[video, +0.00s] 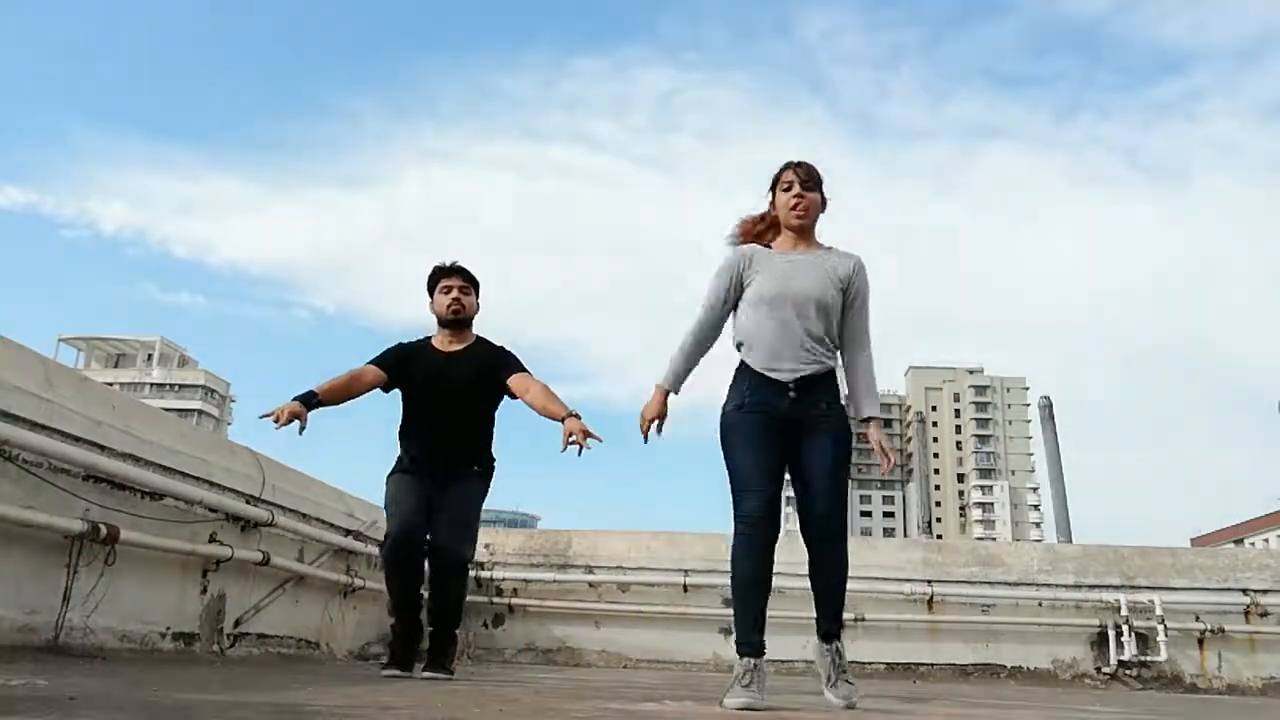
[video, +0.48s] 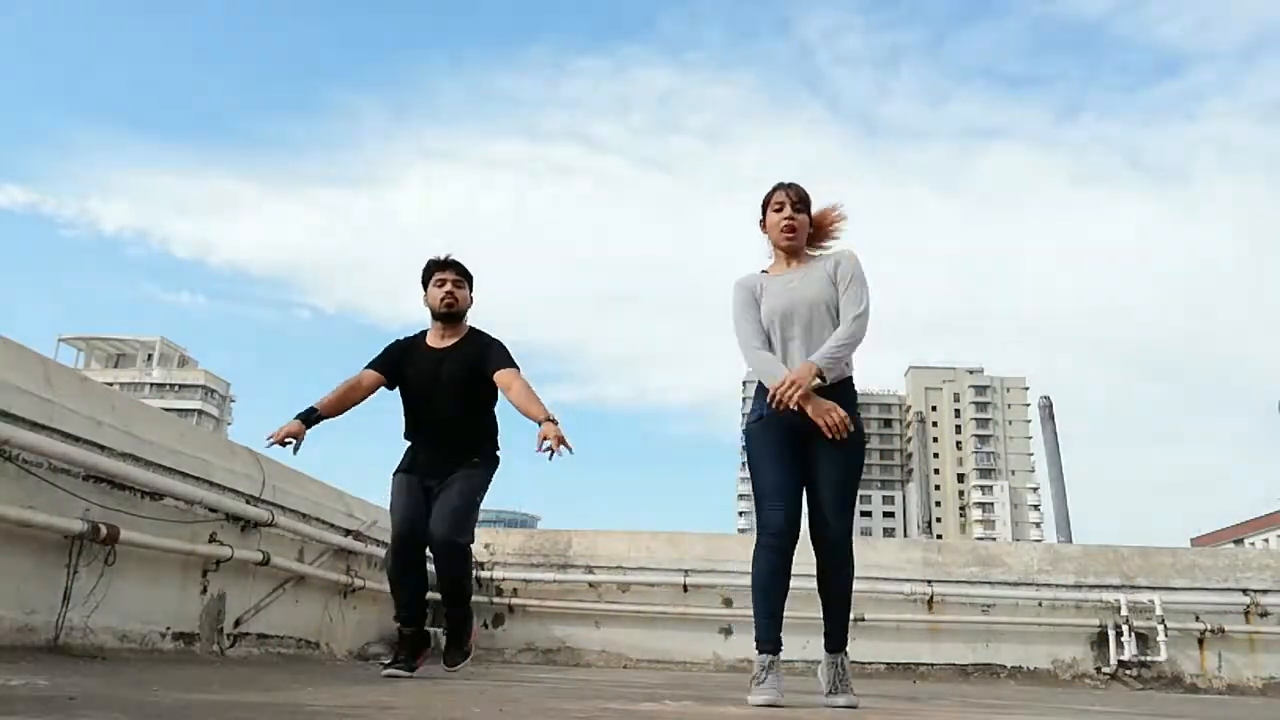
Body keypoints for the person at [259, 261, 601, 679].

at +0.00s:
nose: (455, 297)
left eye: (464, 291)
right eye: (446, 291)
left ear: (477, 304)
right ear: (432, 305)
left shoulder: (494, 358)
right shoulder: (408, 355)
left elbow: (529, 388)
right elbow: (359, 380)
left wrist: (566, 415)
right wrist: (306, 400)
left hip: (467, 477)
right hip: (412, 472)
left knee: (451, 555)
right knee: (401, 540)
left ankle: (442, 644)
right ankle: (404, 636)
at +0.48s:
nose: (449, 290)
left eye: (458, 285)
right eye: (440, 284)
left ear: (470, 298)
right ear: (425, 297)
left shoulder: (486, 348)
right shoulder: (403, 351)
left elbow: (513, 384)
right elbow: (359, 387)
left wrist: (544, 418)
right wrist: (307, 419)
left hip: (471, 462)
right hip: (419, 459)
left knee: (445, 535)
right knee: (403, 539)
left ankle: (458, 625)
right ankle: (411, 638)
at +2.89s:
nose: (538, 299)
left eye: (548, 297)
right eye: (532, 292)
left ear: (557, 312)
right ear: (517, 301)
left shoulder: (569, 361)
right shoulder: (488, 355)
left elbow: (577, 416)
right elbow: (472, 413)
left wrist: (578, 470)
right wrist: (464, 467)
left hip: (551, 481)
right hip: (499, 477)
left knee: (541, 569)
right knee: (471, 553)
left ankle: (524, 653)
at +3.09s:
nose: (526, 300)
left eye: (535, 297)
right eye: (519, 293)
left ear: (545, 311)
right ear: (504, 302)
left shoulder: (553, 364)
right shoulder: (471, 349)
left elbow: (588, 406)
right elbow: (437, 400)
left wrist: (624, 431)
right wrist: (408, 448)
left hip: (535, 482)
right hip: (479, 477)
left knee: (531, 571)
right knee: (451, 563)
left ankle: (524, 657)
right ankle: (416, 648)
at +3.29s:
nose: (508, 297)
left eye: (516, 293)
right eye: (499, 292)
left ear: (527, 305)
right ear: (486, 304)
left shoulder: (537, 365)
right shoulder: (461, 343)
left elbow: (558, 418)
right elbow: (426, 376)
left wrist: (593, 440)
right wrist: (400, 400)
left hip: (515, 477)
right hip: (460, 473)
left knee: (526, 559)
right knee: (439, 563)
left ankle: (524, 649)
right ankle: (413, 650)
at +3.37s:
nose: (503, 296)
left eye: (511, 291)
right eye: (494, 292)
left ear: (523, 304)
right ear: (482, 305)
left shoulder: (538, 363)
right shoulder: (460, 344)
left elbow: (550, 424)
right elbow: (431, 371)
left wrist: (572, 460)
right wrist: (416, 386)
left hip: (515, 479)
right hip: (459, 474)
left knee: (526, 566)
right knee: (439, 562)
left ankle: (530, 652)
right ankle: (414, 649)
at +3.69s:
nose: (505, 299)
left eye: (514, 295)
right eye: (497, 295)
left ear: (528, 308)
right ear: (487, 308)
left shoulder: (552, 357)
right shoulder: (471, 361)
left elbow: (582, 406)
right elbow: (454, 411)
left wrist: (596, 457)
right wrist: (465, 440)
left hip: (522, 485)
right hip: (466, 477)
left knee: (529, 571)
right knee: (420, 547)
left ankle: (535, 654)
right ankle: (405, 640)